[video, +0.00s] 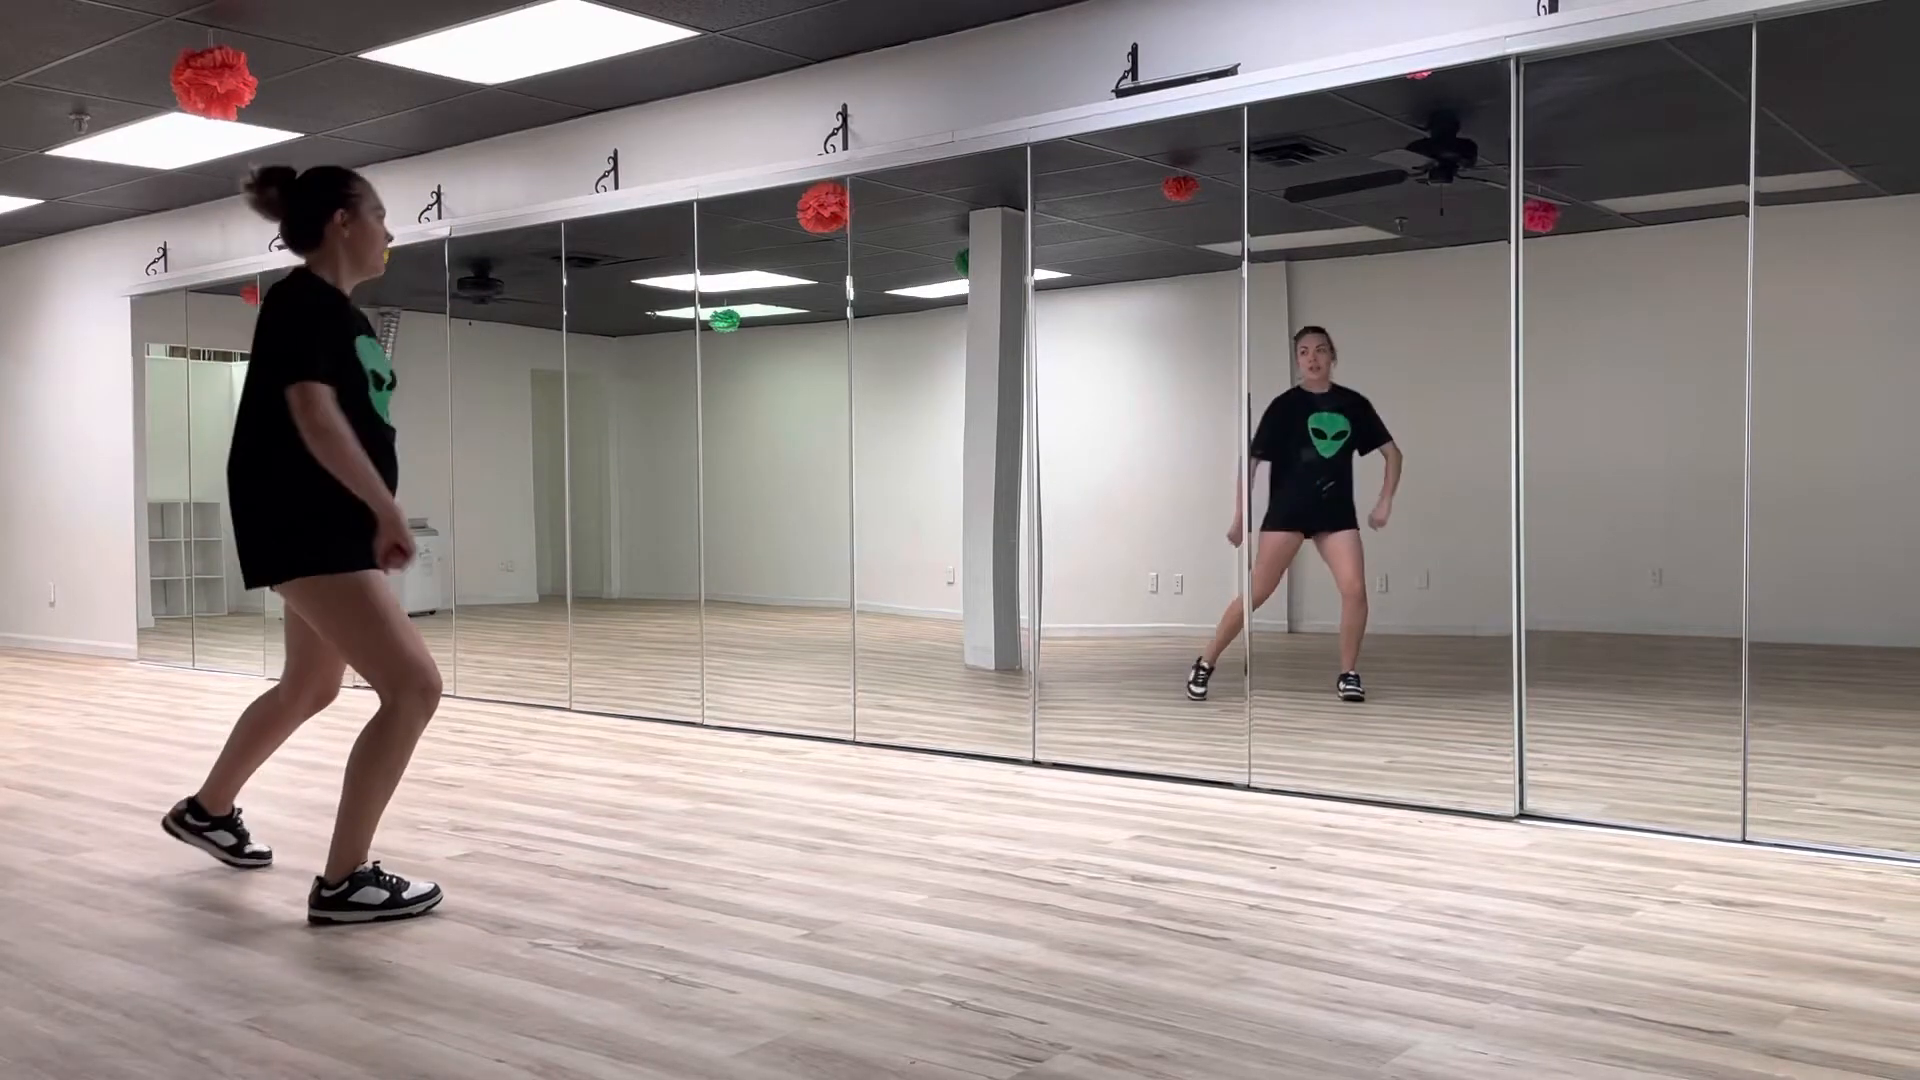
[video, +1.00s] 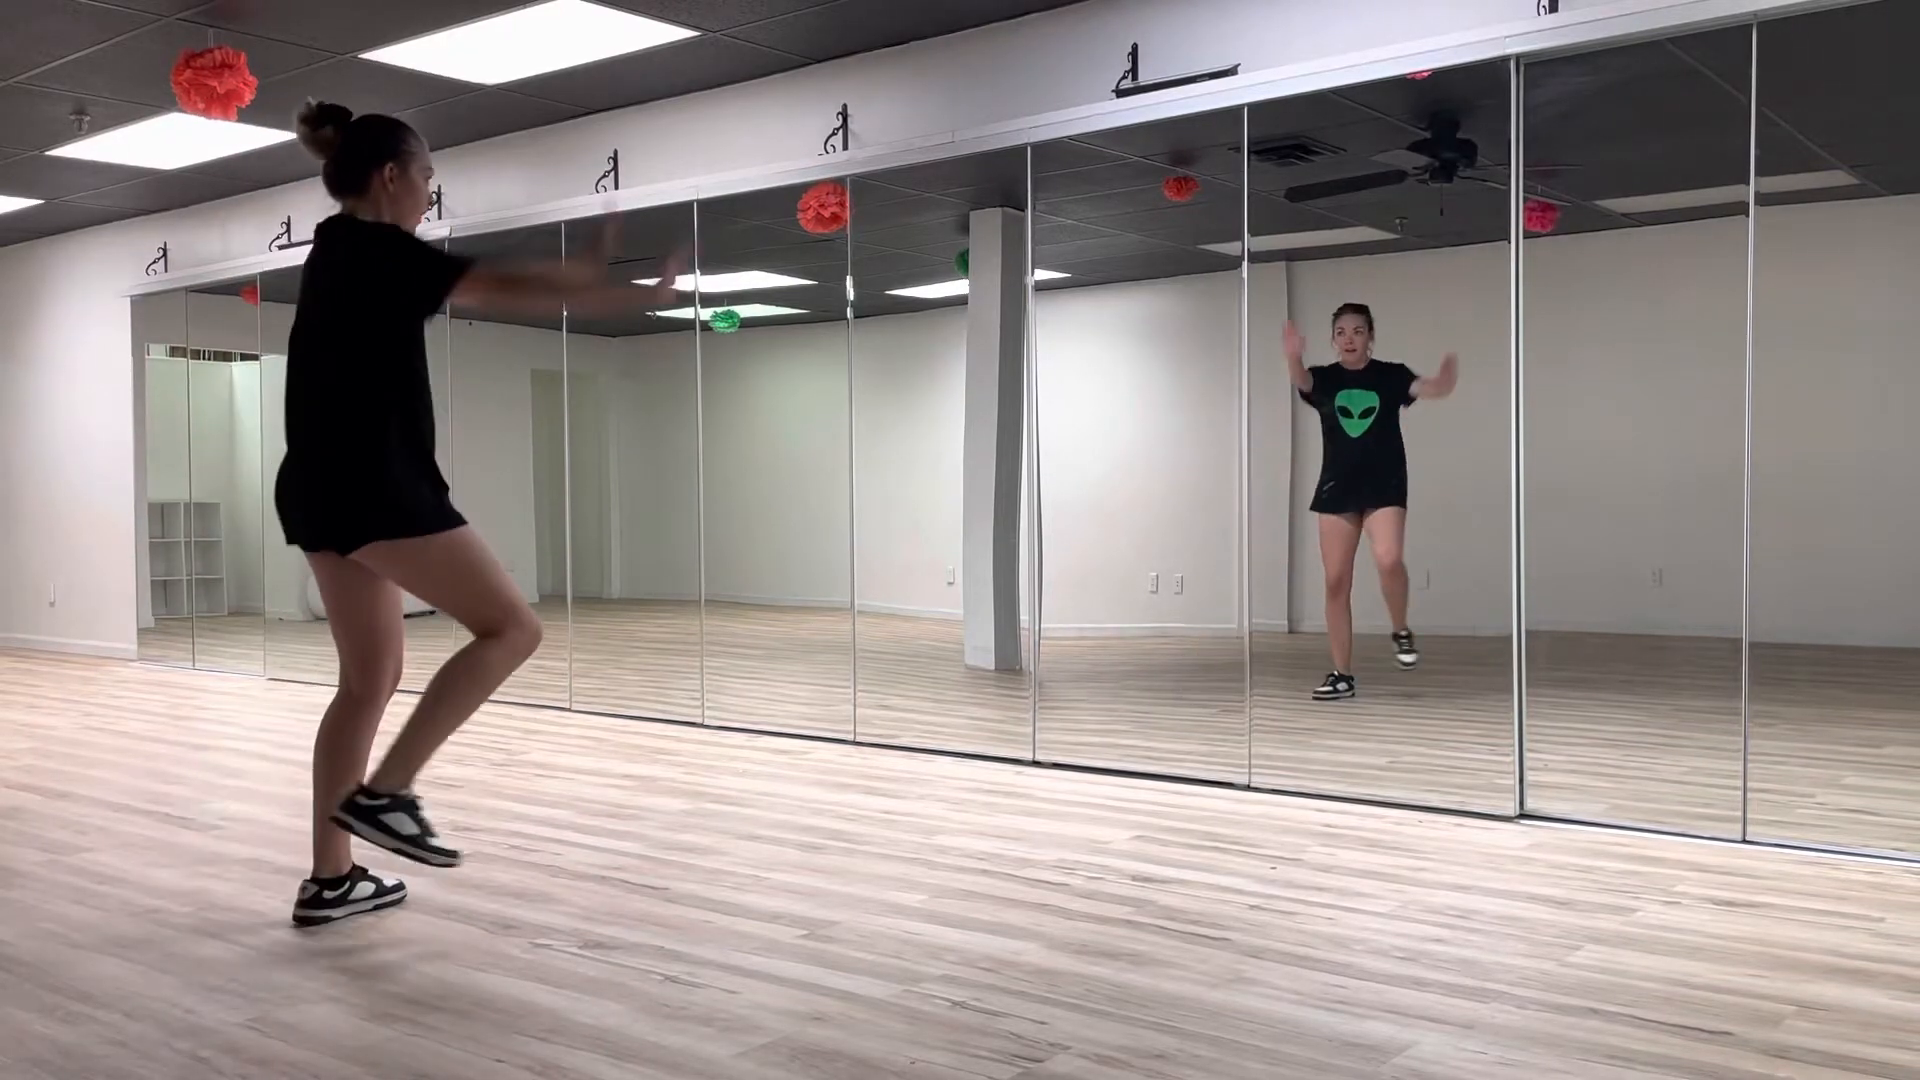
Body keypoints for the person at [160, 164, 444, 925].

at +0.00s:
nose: (389, 233)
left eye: (385, 219)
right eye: (380, 218)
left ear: (334, 227)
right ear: (343, 224)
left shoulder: (332, 309)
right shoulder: (305, 301)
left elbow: (336, 423)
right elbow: (314, 416)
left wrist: (375, 518)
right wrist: (386, 507)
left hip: (318, 524)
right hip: (306, 524)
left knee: (309, 684)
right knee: (414, 687)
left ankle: (208, 807)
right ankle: (345, 876)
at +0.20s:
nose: (414, 187)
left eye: (410, 170)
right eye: (407, 171)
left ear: (348, 181)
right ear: (375, 178)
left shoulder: (329, 259)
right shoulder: (367, 262)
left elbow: (334, 392)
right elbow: (400, 392)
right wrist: (447, 509)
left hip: (309, 491)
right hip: (350, 495)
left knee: (342, 669)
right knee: (395, 672)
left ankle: (252, 830)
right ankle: (347, 874)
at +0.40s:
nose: (425, 181)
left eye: (422, 165)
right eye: (420, 165)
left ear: (347, 170)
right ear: (393, 165)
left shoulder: (323, 256)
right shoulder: (395, 254)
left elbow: (321, 393)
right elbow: (420, 391)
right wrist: (452, 511)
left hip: (311, 484)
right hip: (377, 487)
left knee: (338, 676)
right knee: (377, 678)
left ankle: (326, 869)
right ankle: (350, 873)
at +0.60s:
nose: (428, 186)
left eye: (426, 171)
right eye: (424, 171)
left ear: (353, 175)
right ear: (397, 170)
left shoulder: (317, 259)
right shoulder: (404, 258)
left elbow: (311, 395)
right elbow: (419, 398)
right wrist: (440, 519)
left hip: (310, 489)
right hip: (383, 493)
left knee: (335, 681)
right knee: (377, 685)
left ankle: (328, 872)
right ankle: (346, 876)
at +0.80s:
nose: (427, 194)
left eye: (423, 178)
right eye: (419, 178)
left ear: (352, 184)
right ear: (390, 181)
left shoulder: (316, 268)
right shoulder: (397, 267)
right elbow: (435, 400)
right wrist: (485, 518)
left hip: (304, 493)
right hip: (381, 495)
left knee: (352, 674)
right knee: (426, 672)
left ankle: (326, 877)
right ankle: (353, 864)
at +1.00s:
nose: (430, 196)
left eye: (429, 181)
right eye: (424, 179)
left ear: (363, 180)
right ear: (388, 177)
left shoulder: (333, 254)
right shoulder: (381, 254)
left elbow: (487, 288)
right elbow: (507, 291)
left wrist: (580, 270)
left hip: (316, 487)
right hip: (378, 484)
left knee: (367, 676)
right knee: (512, 629)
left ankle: (330, 876)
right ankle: (386, 789)